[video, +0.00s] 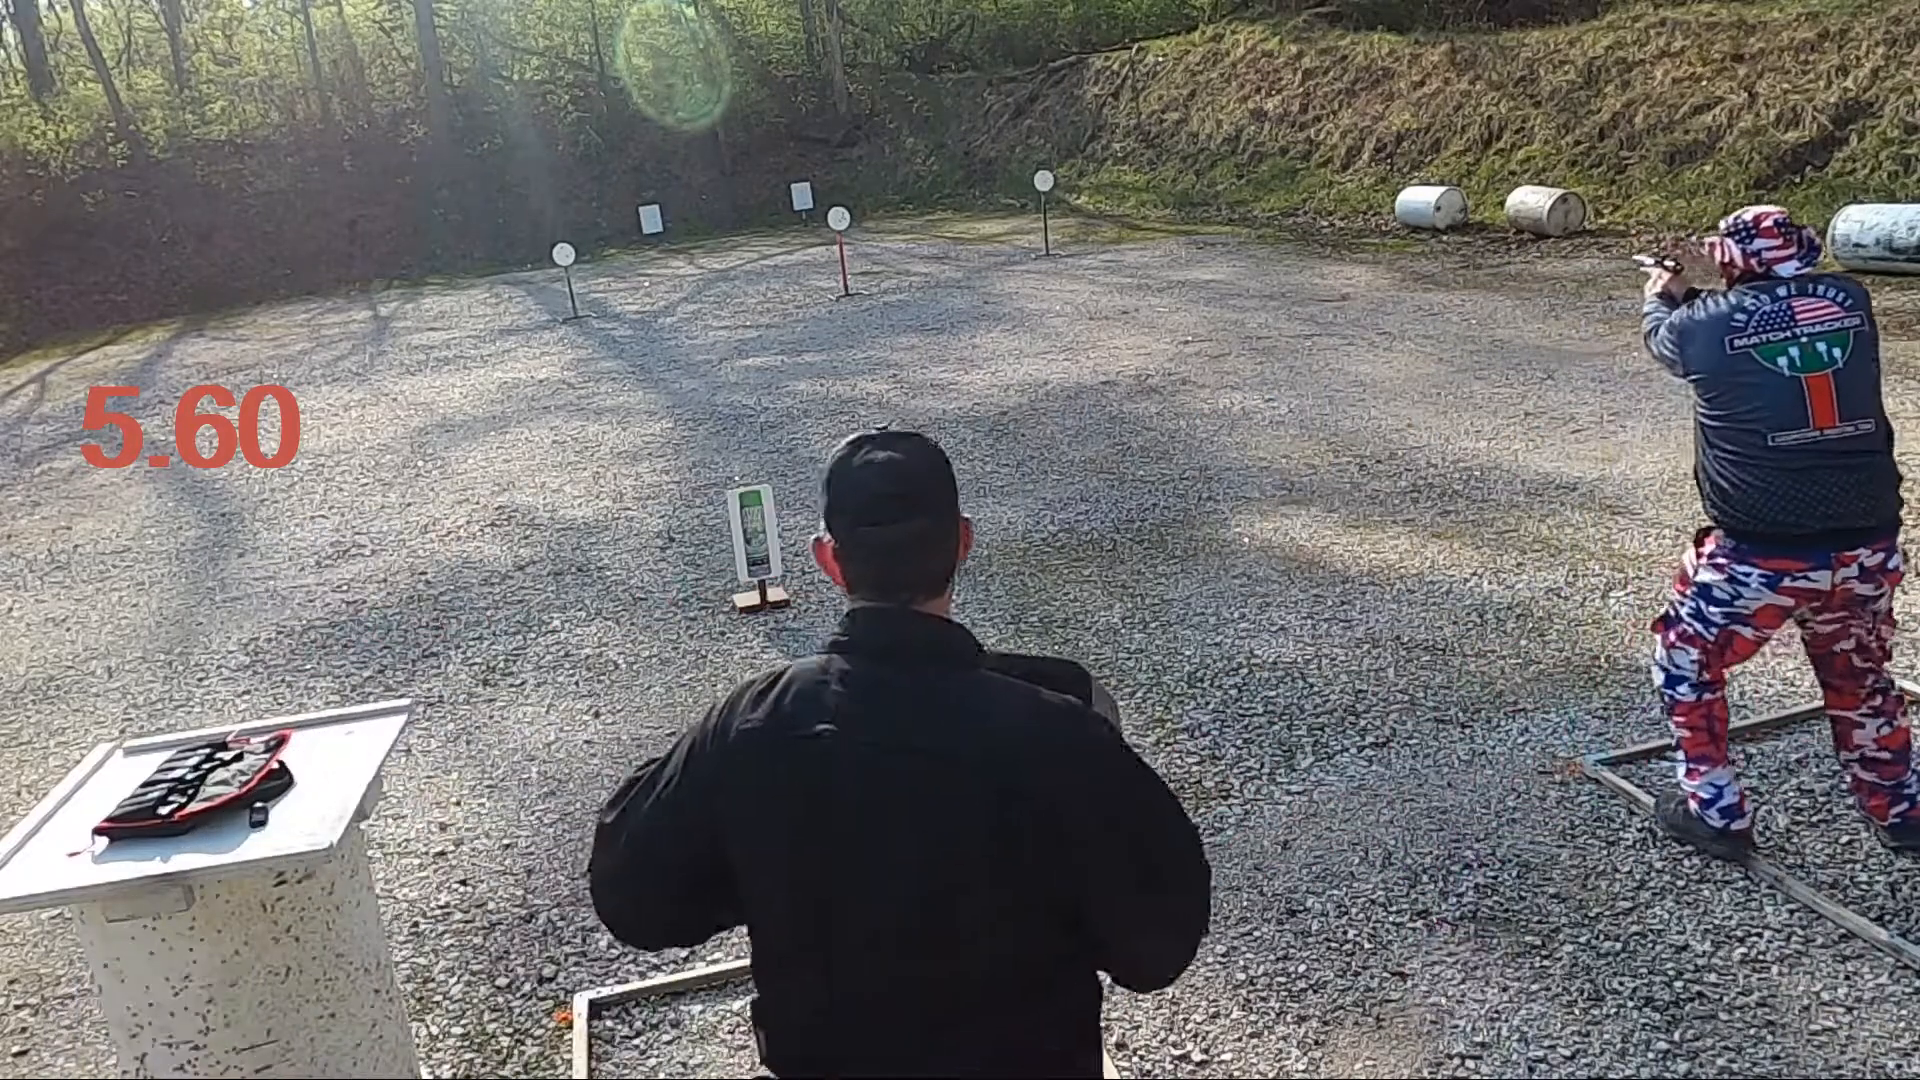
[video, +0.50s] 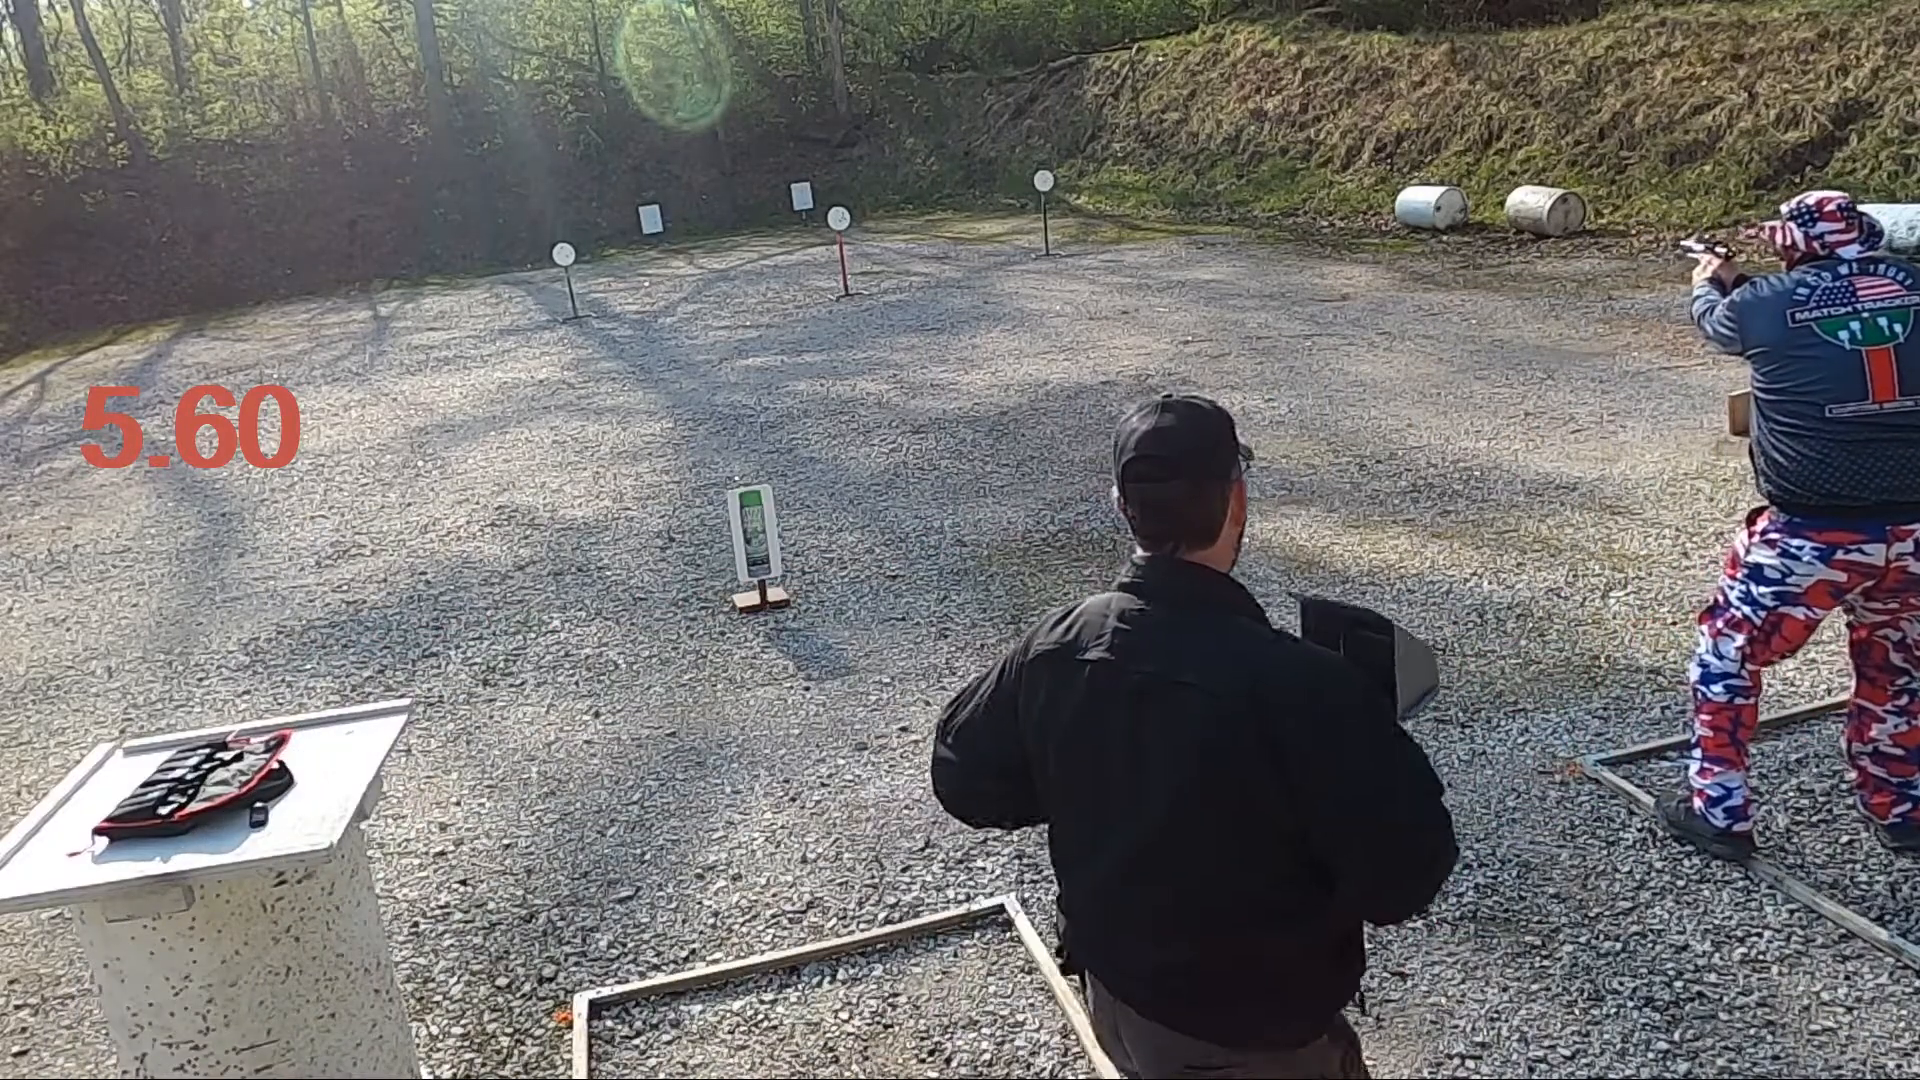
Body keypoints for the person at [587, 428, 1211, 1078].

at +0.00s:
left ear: (829, 560)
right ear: (963, 545)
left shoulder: (751, 731)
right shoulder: (1054, 736)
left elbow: (631, 901)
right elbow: (1159, 946)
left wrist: (780, 839)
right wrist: (1088, 751)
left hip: (821, 1063)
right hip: (1028, 1063)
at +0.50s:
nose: (1245, 497)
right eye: (1244, 481)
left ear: (1122, 507)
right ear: (1237, 501)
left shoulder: (1055, 654)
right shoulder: (1309, 687)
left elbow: (963, 781)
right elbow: (1410, 876)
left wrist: (1093, 768)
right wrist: (1360, 714)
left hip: (1117, 1009)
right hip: (1268, 1038)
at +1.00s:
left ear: (1389, 448)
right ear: (1511, 440)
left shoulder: (1313, 589)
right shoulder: (1575, 600)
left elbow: (1206, 729)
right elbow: (1677, 785)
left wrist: (1328, 701)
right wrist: (1568, 751)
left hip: (1359, 955)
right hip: (1531, 972)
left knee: (1365, 1066)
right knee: (1594, 1066)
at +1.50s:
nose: (1509, 409)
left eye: (1509, 399)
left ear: (1518, 418)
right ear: (1632, 405)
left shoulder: (1449, 560)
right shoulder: (1727, 561)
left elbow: (1348, 704)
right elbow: (1800, 721)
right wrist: (1699, 682)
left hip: (1516, 914)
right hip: (1675, 917)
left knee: (1561, 1070)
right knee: (1679, 1068)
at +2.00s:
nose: (1543, 391)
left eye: (1543, 381)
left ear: (1553, 397)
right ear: (1661, 384)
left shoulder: (1493, 537)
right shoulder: (1756, 531)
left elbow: (1391, 687)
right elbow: (1829, 681)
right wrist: (1723, 673)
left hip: (1556, 878)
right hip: (1719, 876)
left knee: (1590, 1071)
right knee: (1771, 1065)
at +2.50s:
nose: (1600, 388)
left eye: (1602, 377)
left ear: (1613, 395)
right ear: (1719, 381)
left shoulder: (1565, 538)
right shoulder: (1821, 527)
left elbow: (1465, 698)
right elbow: (1876, 671)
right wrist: (1774, 653)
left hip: (1610, 867)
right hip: (1769, 869)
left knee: (1616, 1065)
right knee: (1785, 1065)